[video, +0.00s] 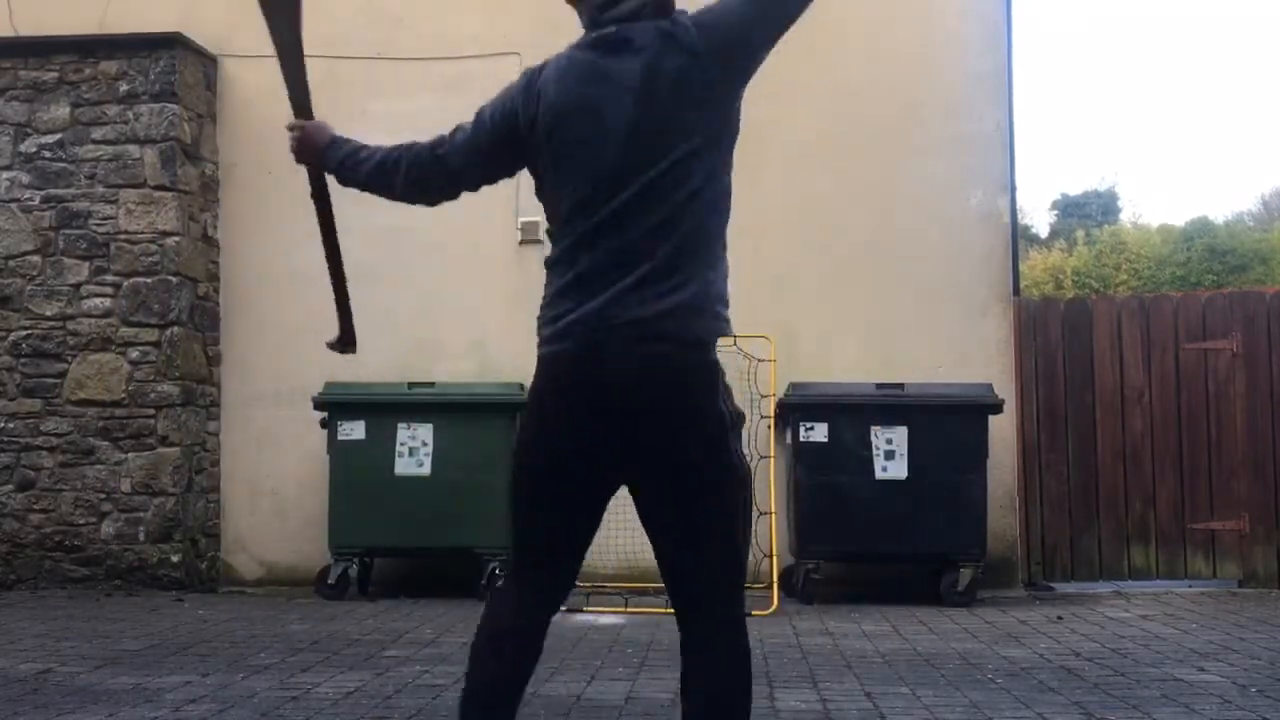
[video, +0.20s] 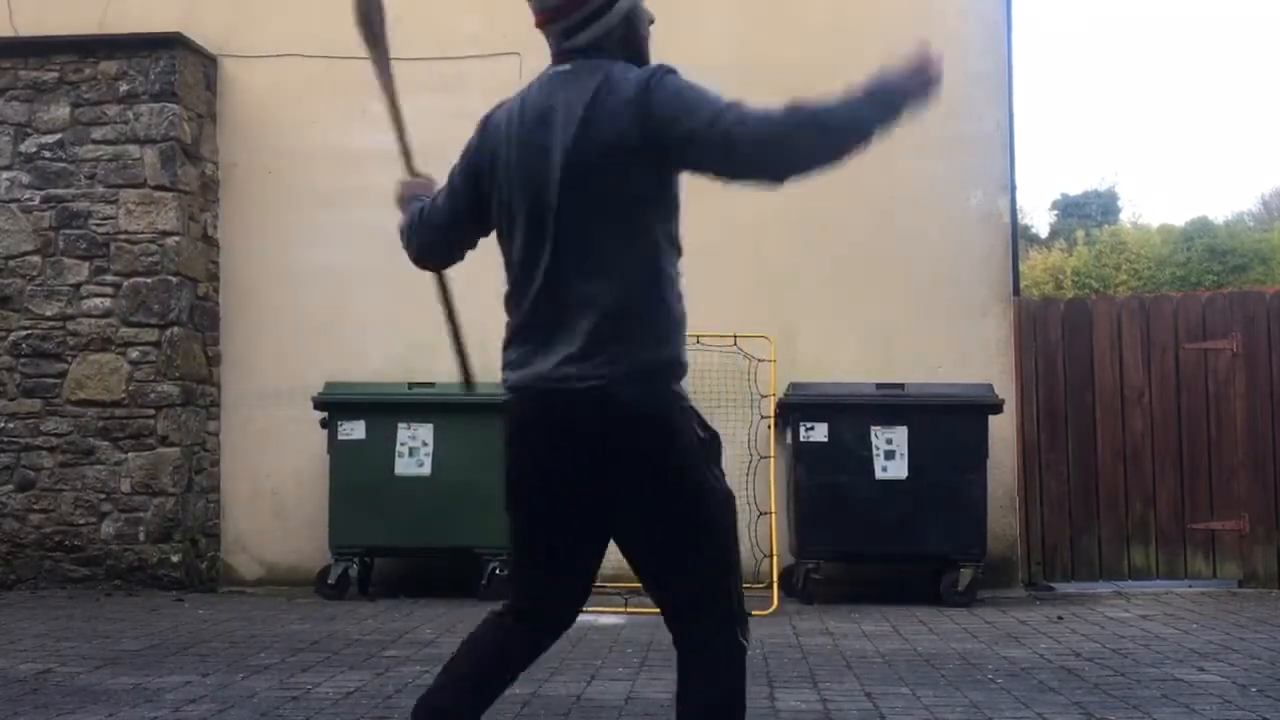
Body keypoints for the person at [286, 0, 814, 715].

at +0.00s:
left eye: (576, 7)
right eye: (680, 1)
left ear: (581, 8)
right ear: (664, 0)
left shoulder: (543, 91)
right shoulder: (708, 46)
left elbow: (432, 169)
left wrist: (328, 149)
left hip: (570, 381)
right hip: (679, 376)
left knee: (527, 593)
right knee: (713, 612)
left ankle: (481, 713)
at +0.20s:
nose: (648, 30)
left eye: (643, 17)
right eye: (642, 17)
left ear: (555, 30)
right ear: (625, 22)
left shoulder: (502, 125)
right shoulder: (646, 97)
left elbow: (430, 245)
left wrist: (418, 204)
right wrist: (895, 89)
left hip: (537, 421)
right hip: (640, 417)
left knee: (536, 610)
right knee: (711, 633)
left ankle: (431, 712)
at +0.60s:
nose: (529, 81)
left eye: (529, 63)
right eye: (520, 61)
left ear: (467, 61)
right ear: (472, 60)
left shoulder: (441, 148)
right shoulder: (416, 137)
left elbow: (451, 310)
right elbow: (410, 288)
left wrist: (574, 312)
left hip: (373, 427)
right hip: (351, 430)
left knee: (452, 634)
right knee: (470, 631)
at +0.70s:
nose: (499, 97)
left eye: (503, 78)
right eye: (492, 75)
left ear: (443, 73)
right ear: (441, 69)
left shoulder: (413, 173)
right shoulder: (355, 129)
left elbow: (398, 318)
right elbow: (296, 263)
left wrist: (488, 387)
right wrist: (326, 412)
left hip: (317, 429)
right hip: (248, 425)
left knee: (383, 626)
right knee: (283, 664)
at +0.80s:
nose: (478, 112)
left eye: (483, 92)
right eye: (476, 88)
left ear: (424, 78)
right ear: (427, 76)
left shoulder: (394, 189)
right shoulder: (317, 133)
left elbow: (376, 325)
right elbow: (239, 259)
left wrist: (441, 421)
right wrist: (251, 417)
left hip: (277, 437)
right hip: (191, 428)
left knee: (344, 634)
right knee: (183, 671)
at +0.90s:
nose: (437, 130)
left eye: (442, 111)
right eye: (435, 106)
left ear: (388, 94)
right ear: (389, 90)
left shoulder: (349, 207)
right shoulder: (262, 127)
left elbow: (329, 339)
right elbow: (156, 226)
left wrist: (419, 394)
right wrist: (216, 386)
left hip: (211, 426)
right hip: (114, 414)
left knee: (303, 615)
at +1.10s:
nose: (402, 126)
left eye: (406, 109)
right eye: (397, 106)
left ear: (340, 91)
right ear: (350, 92)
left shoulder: (329, 184)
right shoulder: (211, 111)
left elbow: (339, 286)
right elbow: (131, 167)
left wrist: (396, 181)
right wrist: (300, 160)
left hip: (183, 423)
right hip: (92, 406)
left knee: (185, 652)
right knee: (137, 654)